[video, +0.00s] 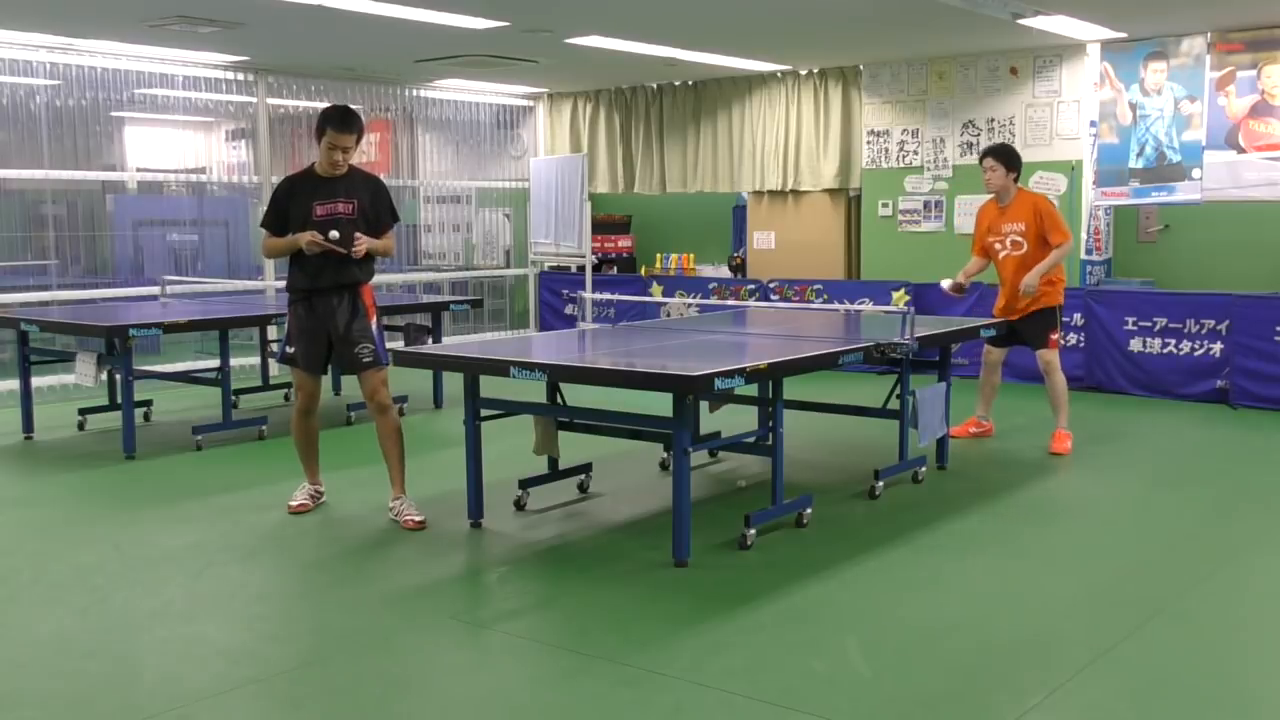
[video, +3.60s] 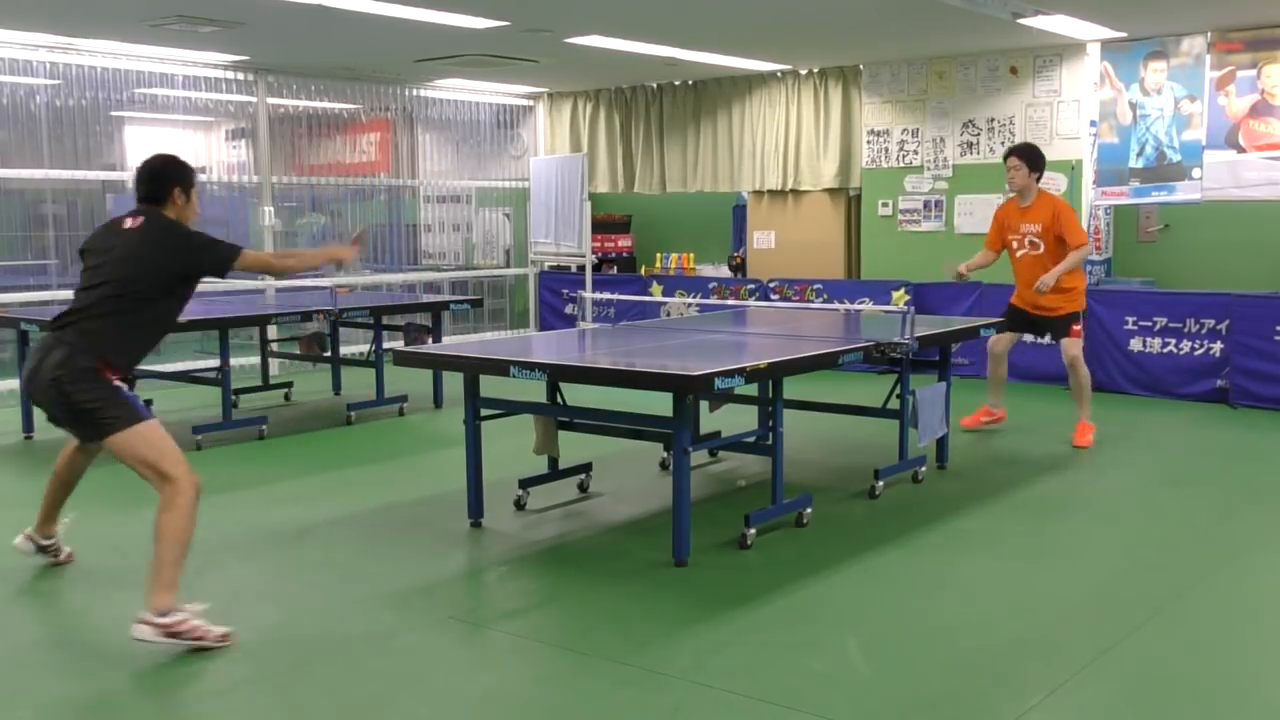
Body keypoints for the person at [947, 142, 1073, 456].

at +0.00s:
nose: (986, 176)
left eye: (992, 170)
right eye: (984, 171)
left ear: (1012, 173)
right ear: (984, 174)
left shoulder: (1038, 204)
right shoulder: (986, 211)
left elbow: (1065, 244)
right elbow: (982, 255)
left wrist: (1037, 273)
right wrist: (963, 276)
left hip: (1042, 297)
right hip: (1007, 300)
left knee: (1047, 360)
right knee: (991, 356)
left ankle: (1062, 429)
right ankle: (982, 420)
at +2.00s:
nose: (977, 183)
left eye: (983, 177)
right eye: (975, 177)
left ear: (1002, 179)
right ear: (975, 181)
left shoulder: (1028, 213)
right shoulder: (977, 218)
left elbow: (1050, 256)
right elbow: (970, 260)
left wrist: (1014, 277)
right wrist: (956, 273)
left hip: (1037, 306)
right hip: (1000, 306)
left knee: (1042, 360)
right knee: (978, 355)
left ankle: (1061, 429)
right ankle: (981, 419)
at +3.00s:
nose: (977, 211)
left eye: (982, 205)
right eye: (975, 205)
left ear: (1003, 206)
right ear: (973, 206)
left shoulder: (1029, 234)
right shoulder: (970, 238)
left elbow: (1050, 280)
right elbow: (926, 255)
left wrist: (1016, 292)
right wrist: (927, 276)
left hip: (1035, 322)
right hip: (993, 321)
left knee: (1051, 374)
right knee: (953, 361)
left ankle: (1076, 433)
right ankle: (947, 427)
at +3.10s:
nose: (966, 205)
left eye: (972, 200)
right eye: (965, 200)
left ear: (992, 202)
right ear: (965, 201)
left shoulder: (1019, 231)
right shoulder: (959, 235)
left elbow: (1044, 273)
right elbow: (921, 247)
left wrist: (1013, 289)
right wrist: (906, 242)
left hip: (1033, 319)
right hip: (991, 319)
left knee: (1049, 370)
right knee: (952, 359)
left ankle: (1076, 433)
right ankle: (948, 428)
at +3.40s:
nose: (989, 193)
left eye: (996, 187)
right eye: (987, 188)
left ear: (1015, 191)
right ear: (986, 191)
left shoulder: (1039, 224)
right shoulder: (981, 230)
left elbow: (1065, 262)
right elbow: (949, 261)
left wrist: (1036, 273)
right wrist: (926, 252)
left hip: (1042, 318)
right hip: (1000, 318)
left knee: (1055, 375)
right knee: (968, 360)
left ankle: (1076, 423)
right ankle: (949, 425)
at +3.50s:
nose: (1001, 184)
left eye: (1008, 178)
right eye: (999, 179)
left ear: (1027, 181)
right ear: (999, 182)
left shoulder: (1052, 216)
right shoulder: (999, 220)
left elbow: (1076, 256)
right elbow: (975, 256)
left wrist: (1046, 271)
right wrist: (945, 261)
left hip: (1053, 312)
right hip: (1015, 311)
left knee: (1058, 368)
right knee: (988, 355)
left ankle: (1075, 424)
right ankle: (957, 417)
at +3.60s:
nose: (1009, 175)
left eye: (1016, 169)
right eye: (1007, 170)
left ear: (1034, 173)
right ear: (1006, 174)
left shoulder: (1058, 208)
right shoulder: (1005, 212)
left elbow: (1083, 248)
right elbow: (991, 251)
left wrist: (1055, 273)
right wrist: (969, 266)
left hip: (1065, 299)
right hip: (1025, 298)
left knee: (1073, 357)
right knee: (996, 347)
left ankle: (1085, 421)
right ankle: (994, 409)